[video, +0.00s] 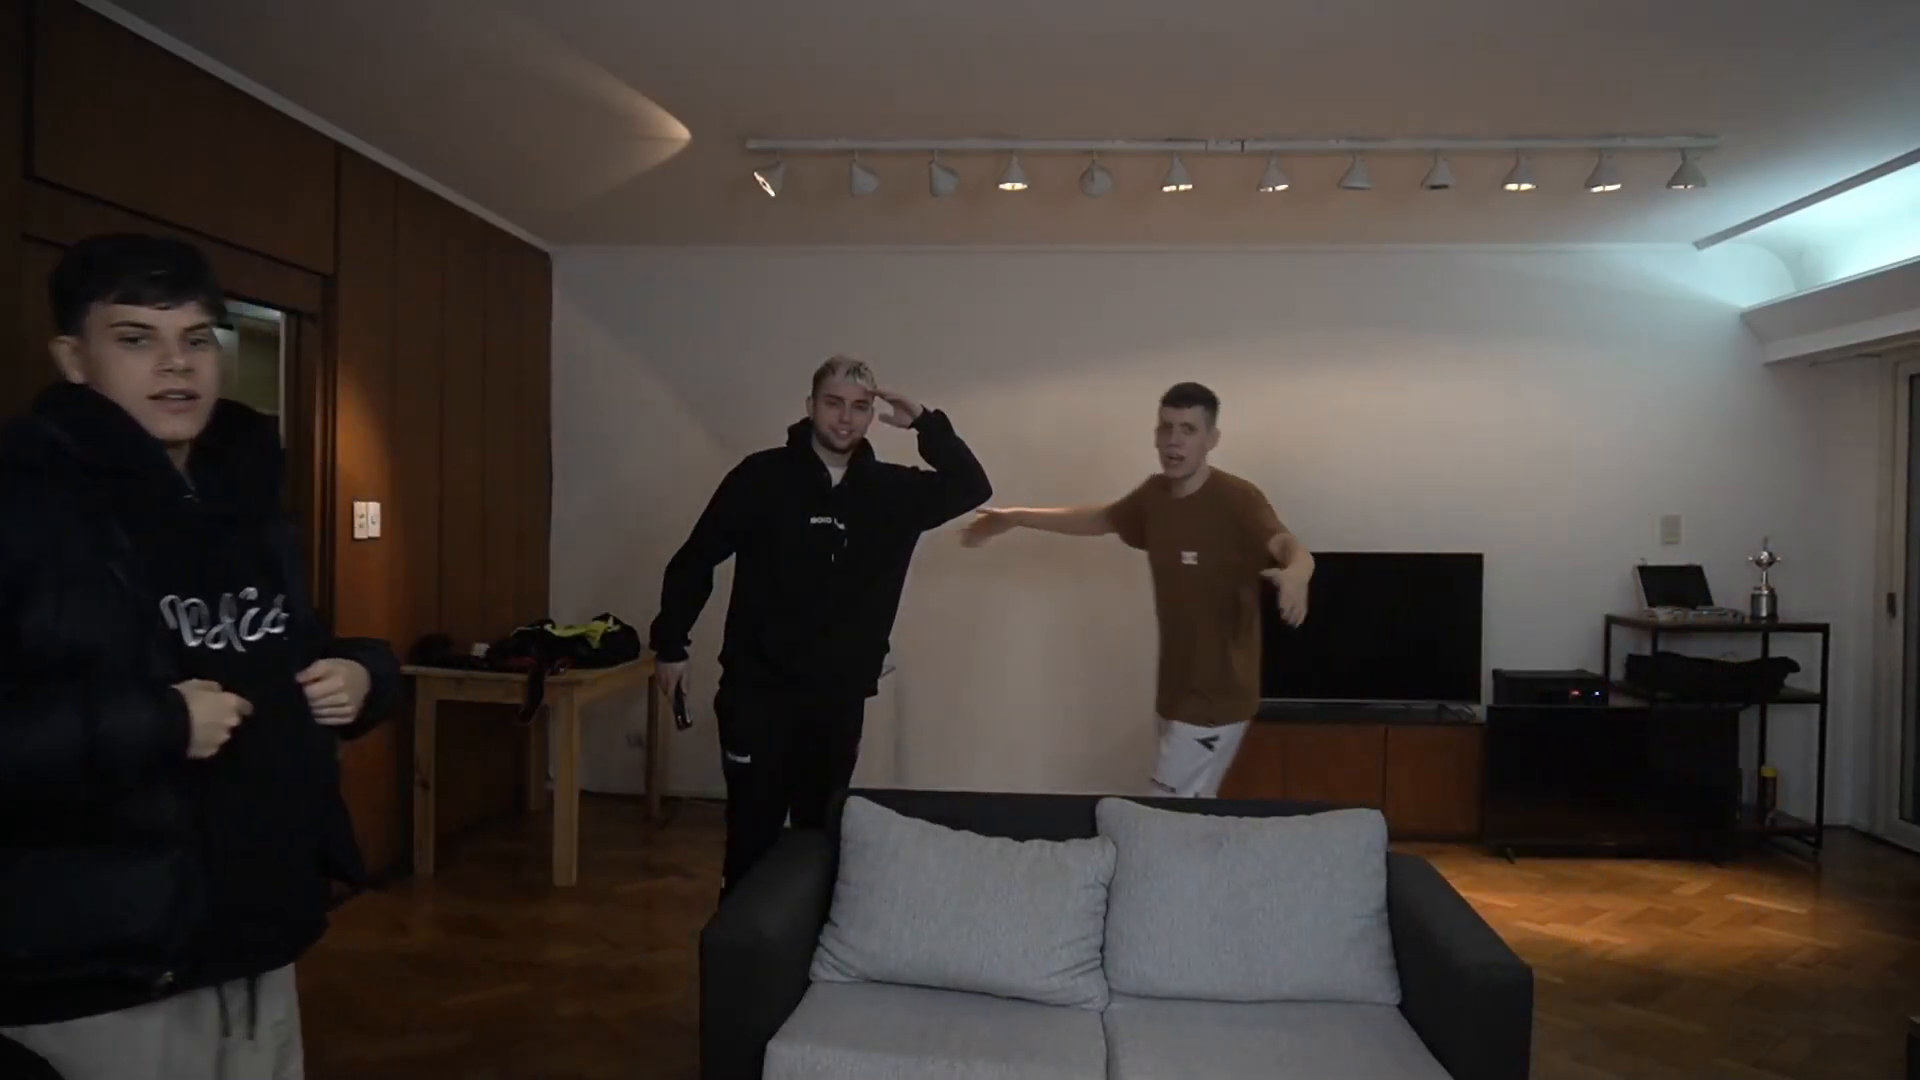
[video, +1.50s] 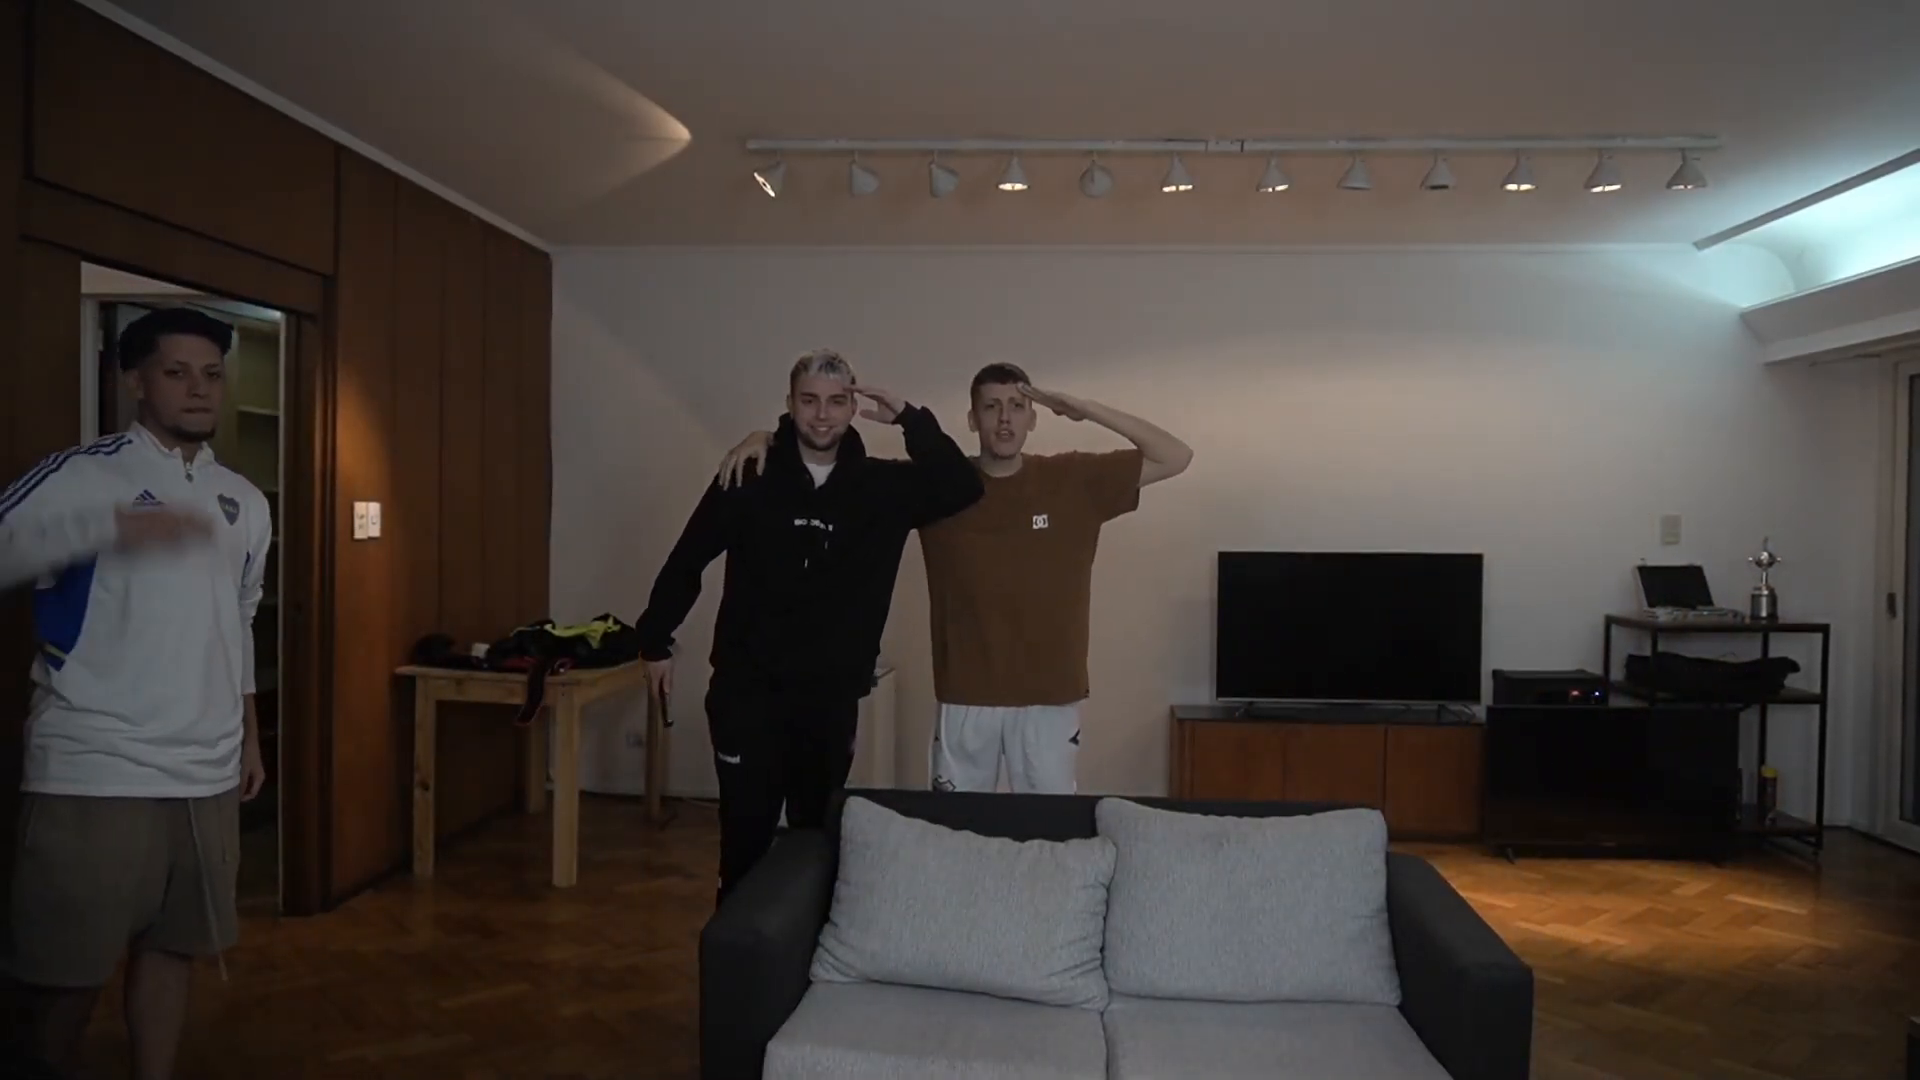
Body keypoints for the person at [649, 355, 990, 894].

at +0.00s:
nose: (845, 417)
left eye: (859, 407)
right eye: (834, 403)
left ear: (872, 416)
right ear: (810, 406)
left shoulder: (895, 493)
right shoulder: (761, 478)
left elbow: (971, 487)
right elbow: (693, 563)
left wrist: (926, 422)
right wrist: (670, 648)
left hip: (838, 695)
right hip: (758, 688)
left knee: (821, 833)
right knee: (754, 834)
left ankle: (813, 956)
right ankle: (740, 958)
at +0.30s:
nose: (844, 417)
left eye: (858, 406)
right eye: (833, 402)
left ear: (872, 416)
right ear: (810, 406)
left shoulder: (896, 492)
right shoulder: (761, 478)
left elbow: (971, 488)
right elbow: (694, 562)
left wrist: (927, 423)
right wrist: (670, 648)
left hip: (838, 696)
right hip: (757, 688)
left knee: (821, 833)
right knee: (754, 834)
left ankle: (814, 957)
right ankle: (741, 959)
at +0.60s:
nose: (841, 416)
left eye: (855, 405)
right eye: (830, 402)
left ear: (870, 415)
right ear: (808, 406)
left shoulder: (893, 491)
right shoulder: (760, 478)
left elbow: (970, 489)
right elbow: (693, 563)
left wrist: (924, 422)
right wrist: (670, 649)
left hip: (838, 694)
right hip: (757, 687)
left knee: (821, 832)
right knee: (754, 834)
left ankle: (816, 957)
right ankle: (741, 960)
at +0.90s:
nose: (834, 411)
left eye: (847, 400)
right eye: (821, 398)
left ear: (864, 410)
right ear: (801, 403)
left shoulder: (891, 484)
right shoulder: (758, 473)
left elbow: (966, 479)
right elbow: (700, 559)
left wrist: (913, 409)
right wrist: (671, 648)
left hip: (837, 689)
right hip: (756, 683)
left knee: (819, 829)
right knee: (751, 830)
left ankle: (813, 953)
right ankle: (739, 958)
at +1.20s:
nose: (820, 412)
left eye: (834, 400)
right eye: (807, 399)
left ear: (852, 408)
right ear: (788, 405)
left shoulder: (886, 482)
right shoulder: (751, 476)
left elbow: (963, 482)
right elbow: (695, 563)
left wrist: (910, 415)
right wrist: (669, 649)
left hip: (836, 689)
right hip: (753, 684)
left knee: (820, 830)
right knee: (749, 832)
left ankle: (815, 956)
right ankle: (740, 959)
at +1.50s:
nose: (822, 413)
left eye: (836, 401)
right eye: (810, 400)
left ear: (854, 409)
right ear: (790, 405)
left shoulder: (885, 485)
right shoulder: (750, 477)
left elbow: (962, 487)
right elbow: (688, 560)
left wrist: (911, 417)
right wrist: (655, 643)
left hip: (831, 691)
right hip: (748, 687)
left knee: (817, 834)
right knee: (746, 837)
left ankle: (812, 959)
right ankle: (738, 964)